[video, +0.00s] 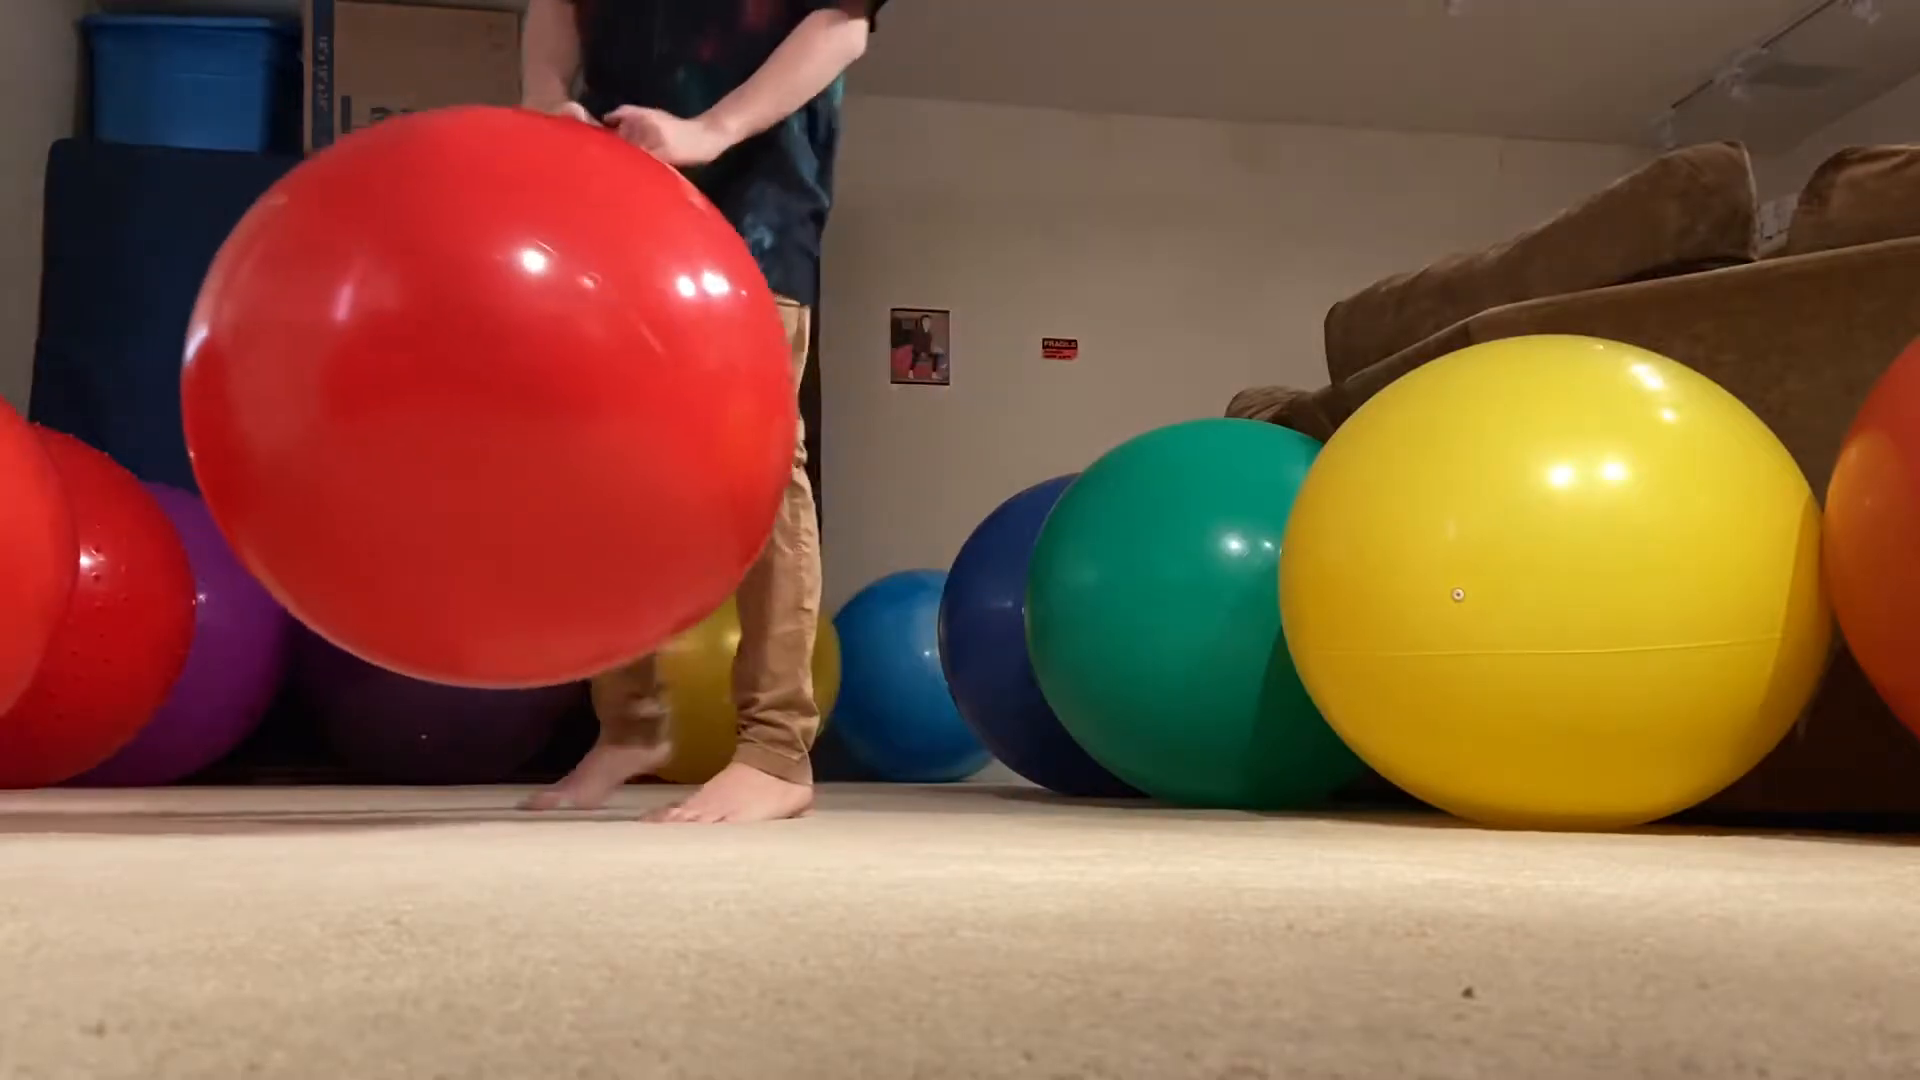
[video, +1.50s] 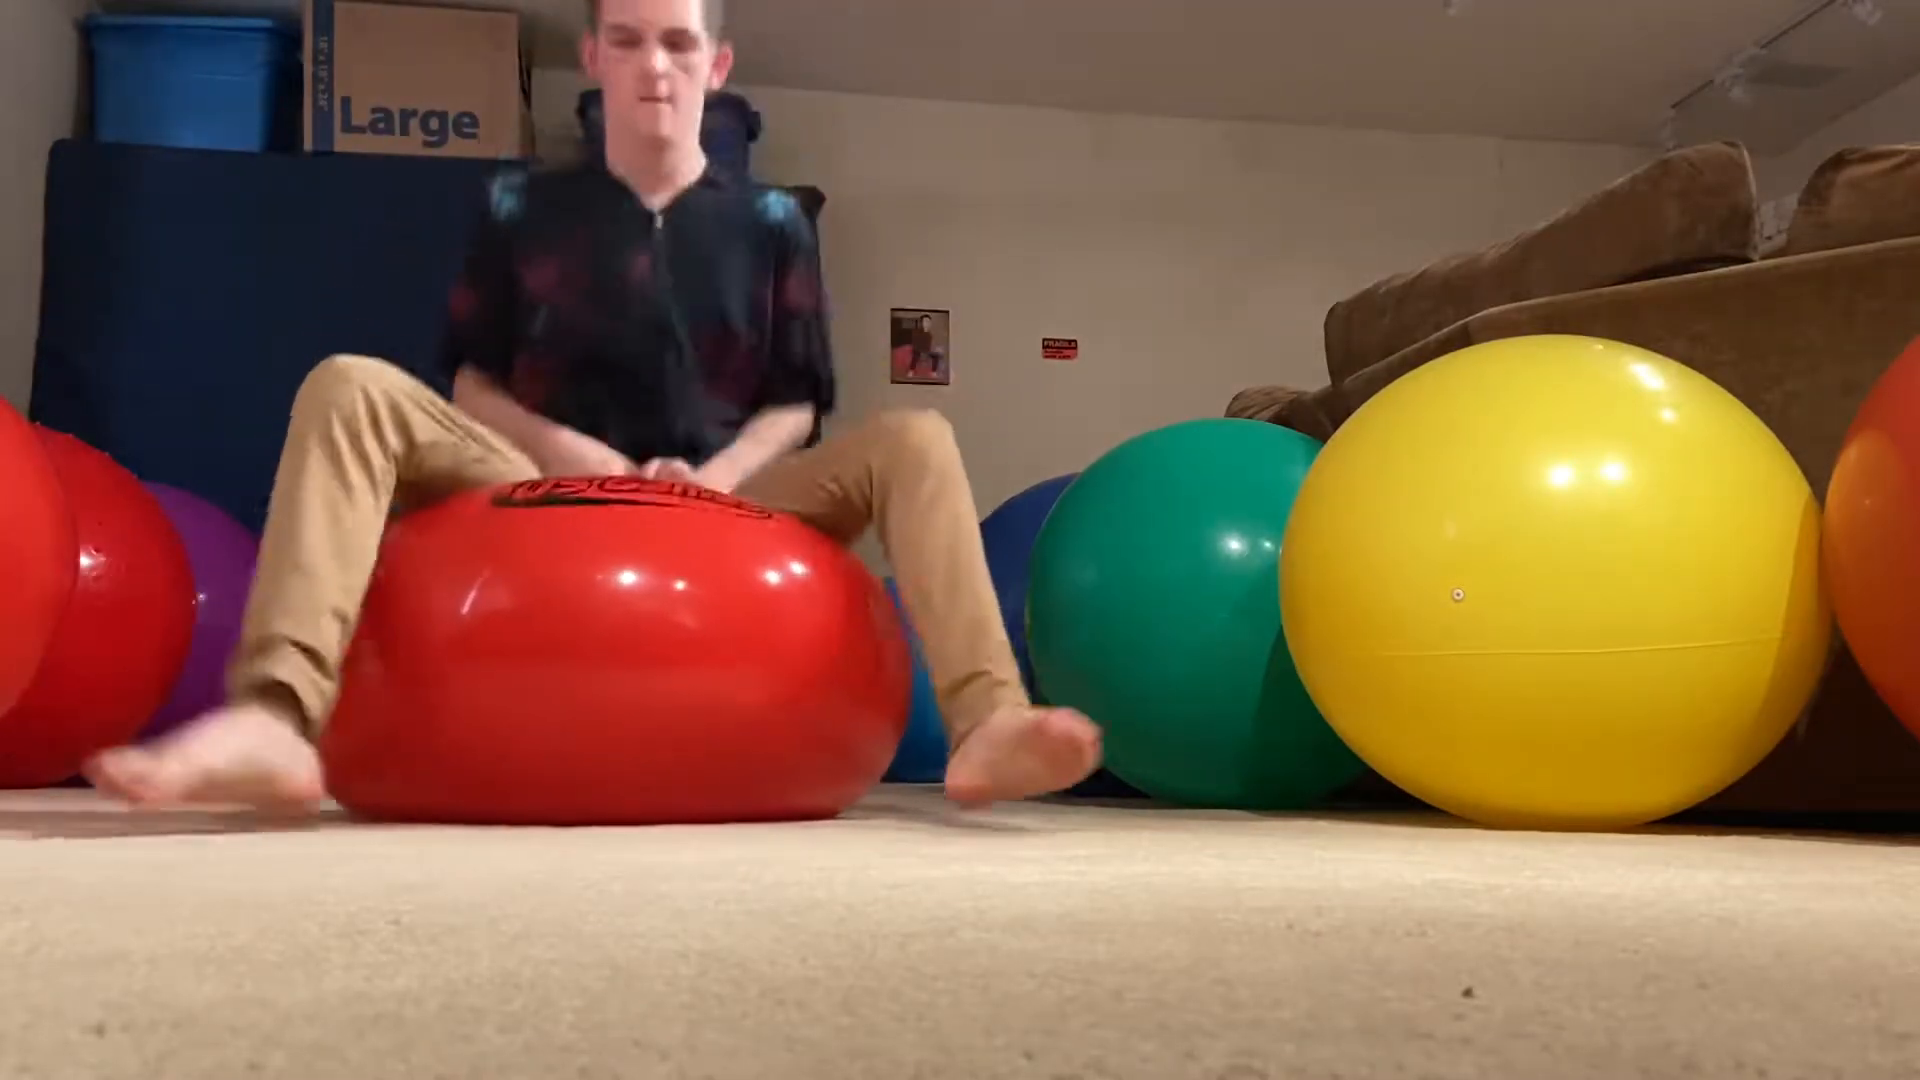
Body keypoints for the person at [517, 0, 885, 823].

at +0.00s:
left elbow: (845, 22)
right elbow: (553, 3)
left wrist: (710, 129)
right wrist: (548, 99)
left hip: (755, 204)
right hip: (613, 196)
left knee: (764, 464)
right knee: (607, 451)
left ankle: (776, 752)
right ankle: (631, 726)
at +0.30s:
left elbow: (759, 65)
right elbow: (471, 48)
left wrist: (697, 177)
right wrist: (530, 144)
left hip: (720, 206)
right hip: (571, 207)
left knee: (752, 456)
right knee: (585, 457)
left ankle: (776, 722)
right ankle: (611, 740)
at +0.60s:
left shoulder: (764, 3)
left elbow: (781, 87)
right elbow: (485, 66)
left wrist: (711, 183)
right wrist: (553, 159)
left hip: (737, 240)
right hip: (588, 240)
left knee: (791, 473)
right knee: (597, 484)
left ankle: (843, 731)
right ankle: (612, 759)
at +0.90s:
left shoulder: (832, 18)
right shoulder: (602, 7)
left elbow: (801, 209)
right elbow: (582, 177)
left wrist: (734, 351)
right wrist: (596, 339)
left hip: (786, 274)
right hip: (650, 272)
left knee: (814, 520)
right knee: (645, 516)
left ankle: (846, 763)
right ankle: (653, 760)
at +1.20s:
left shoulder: (809, 6)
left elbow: (796, 126)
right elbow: (582, 100)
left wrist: (754, 280)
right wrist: (616, 255)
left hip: (769, 239)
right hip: (610, 219)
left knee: (937, 363)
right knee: (422, 242)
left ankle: (926, 657)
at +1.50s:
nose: (653, 66)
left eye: (677, 44)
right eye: (628, 43)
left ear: (718, 68)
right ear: (590, 64)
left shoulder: (774, 226)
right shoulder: (519, 208)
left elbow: (803, 401)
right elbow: (467, 387)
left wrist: (730, 473)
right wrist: (560, 451)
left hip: (726, 489)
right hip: (549, 481)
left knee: (913, 437)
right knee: (347, 390)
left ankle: (986, 728)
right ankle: (275, 724)